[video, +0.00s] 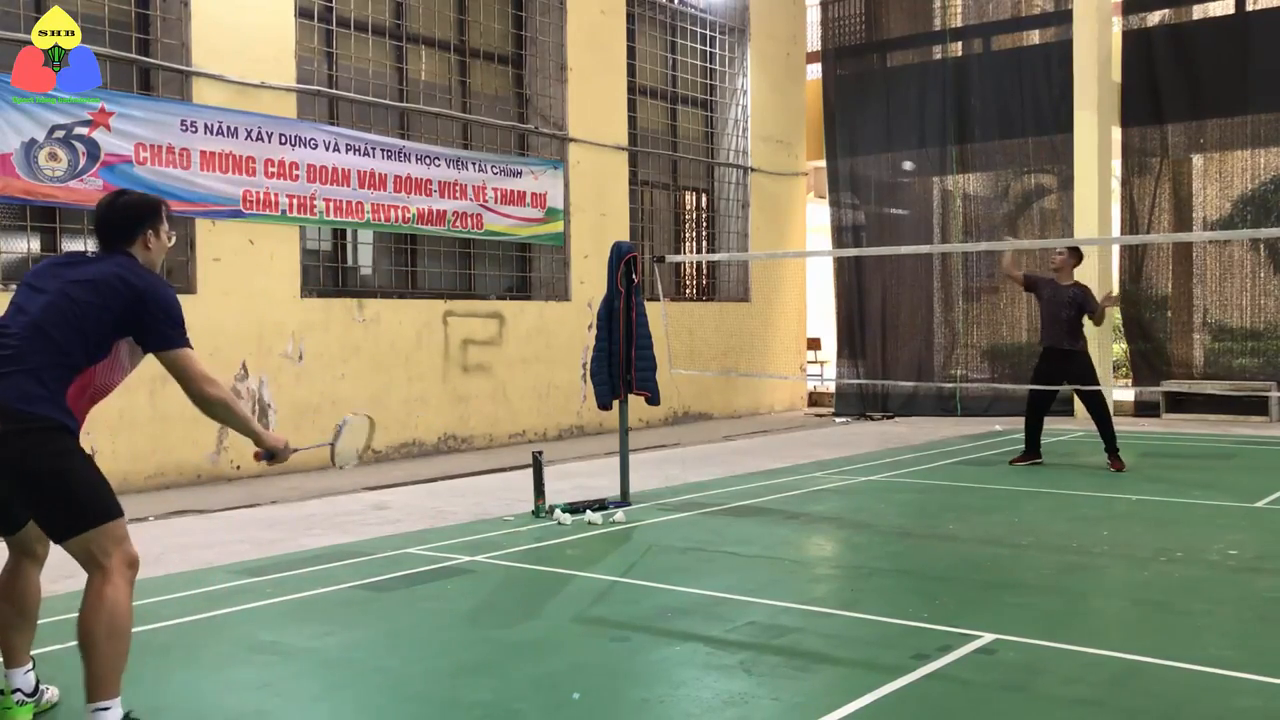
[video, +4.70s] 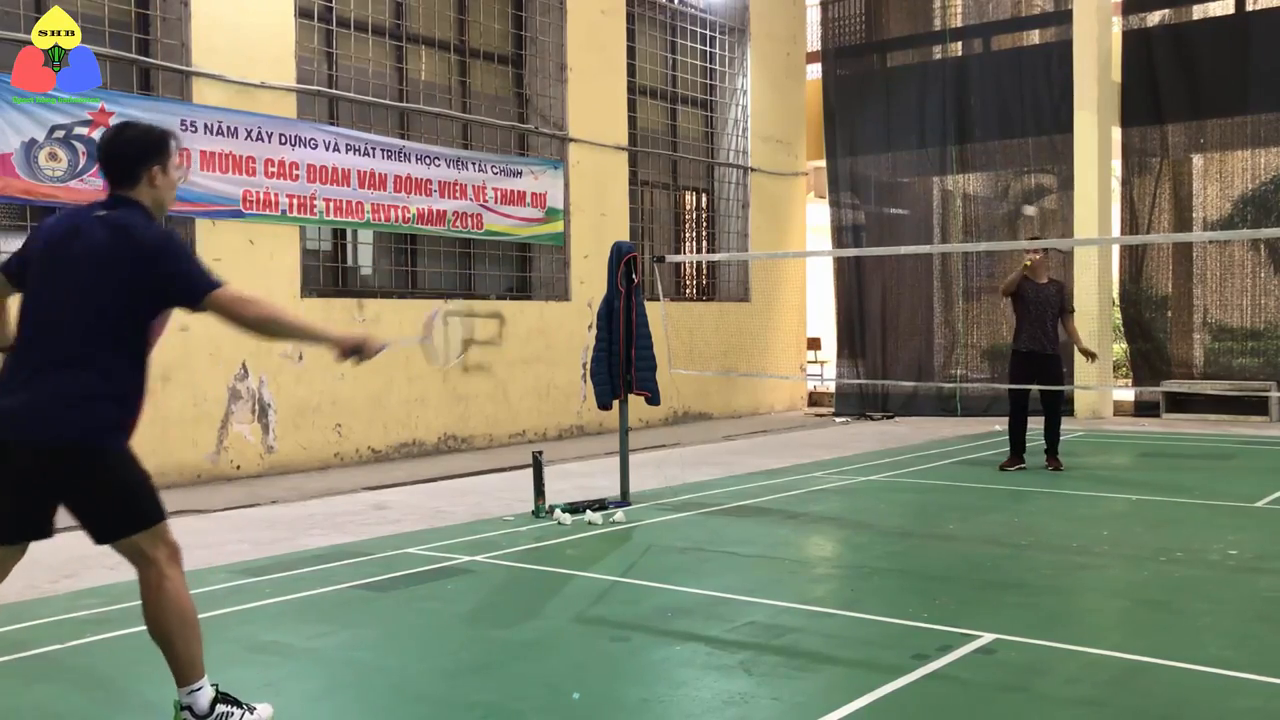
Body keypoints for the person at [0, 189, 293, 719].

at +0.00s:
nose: (168, 241)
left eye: (167, 230)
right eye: (166, 230)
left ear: (106, 235)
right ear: (148, 236)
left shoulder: (48, 266)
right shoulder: (145, 289)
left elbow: (21, 345)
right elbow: (202, 389)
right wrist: (260, 435)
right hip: (32, 424)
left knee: (27, 549)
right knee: (114, 561)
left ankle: (19, 688)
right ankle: (105, 712)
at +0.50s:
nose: (168, 231)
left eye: (168, 221)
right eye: (166, 222)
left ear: (101, 220)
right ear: (152, 229)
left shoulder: (30, 256)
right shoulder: (152, 294)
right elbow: (224, 369)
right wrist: (192, 371)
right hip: (41, 435)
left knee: (14, 548)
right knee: (115, 566)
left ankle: (9, 681)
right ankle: (106, 711)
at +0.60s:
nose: (157, 228)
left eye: (158, 219)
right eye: (158, 220)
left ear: (95, 212)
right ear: (148, 224)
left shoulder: (18, 248)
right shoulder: (144, 282)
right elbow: (246, 320)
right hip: (30, 438)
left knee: (8, 551)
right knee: (97, 565)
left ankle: (8, 681)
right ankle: (104, 711)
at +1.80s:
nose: (93, 164)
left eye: (90, 153)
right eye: (89, 154)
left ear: (26, 165)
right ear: (73, 163)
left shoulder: (3, 216)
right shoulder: (81, 238)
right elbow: (177, 304)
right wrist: (271, 334)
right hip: (28, 420)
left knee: (5, 546)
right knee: (99, 549)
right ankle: (107, 697)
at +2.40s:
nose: (185, 148)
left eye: (181, 136)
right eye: (179, 138)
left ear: (114, 152)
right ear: (164, 151)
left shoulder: (63, 208)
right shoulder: (184, 236)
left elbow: (3, 269)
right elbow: (272, 317)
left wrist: (37, 314)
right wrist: (323, 311)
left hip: (25, 408)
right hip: (106, 420)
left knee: (7, 552)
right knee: (158, 556)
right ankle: (168, 706)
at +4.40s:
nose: (228, 165)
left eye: (227, 156)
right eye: (226, 157)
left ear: (159, 159)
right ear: (215, 163)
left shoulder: (100, 212)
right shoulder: (235, 240)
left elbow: (10, 270)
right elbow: (332, 271)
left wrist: (2, 334)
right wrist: (418, 286)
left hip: (61, 411)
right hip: (148, 422)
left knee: (28, 542)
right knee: (198, 546)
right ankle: (203, 699)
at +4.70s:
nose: (177, 181)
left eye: (175, 168)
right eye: (173, 169)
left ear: (113, 175)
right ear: (152, 174)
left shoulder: (56, 227)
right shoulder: (156, 243)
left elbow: (1, 288)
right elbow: (238, 308)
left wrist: (13, 347)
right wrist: (331, 337)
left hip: (15, 431)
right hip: (85, 438)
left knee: (5, 551)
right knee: (158, 557)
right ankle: (198, 700)